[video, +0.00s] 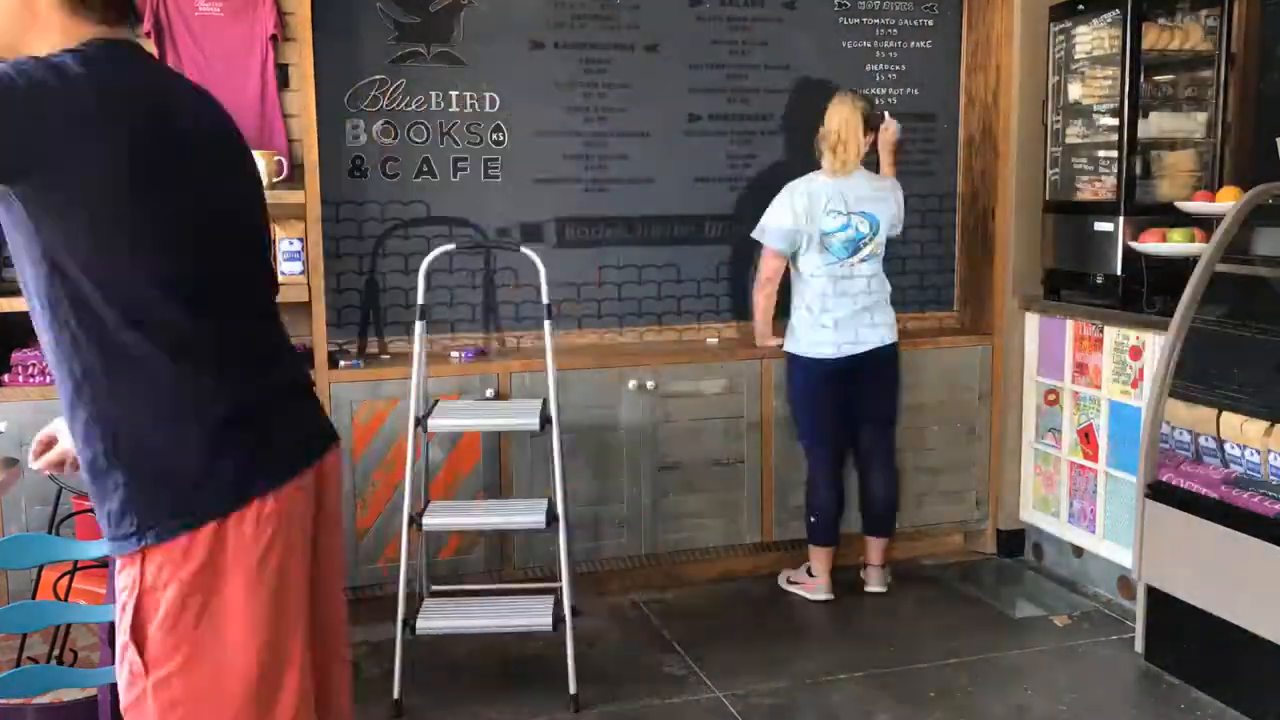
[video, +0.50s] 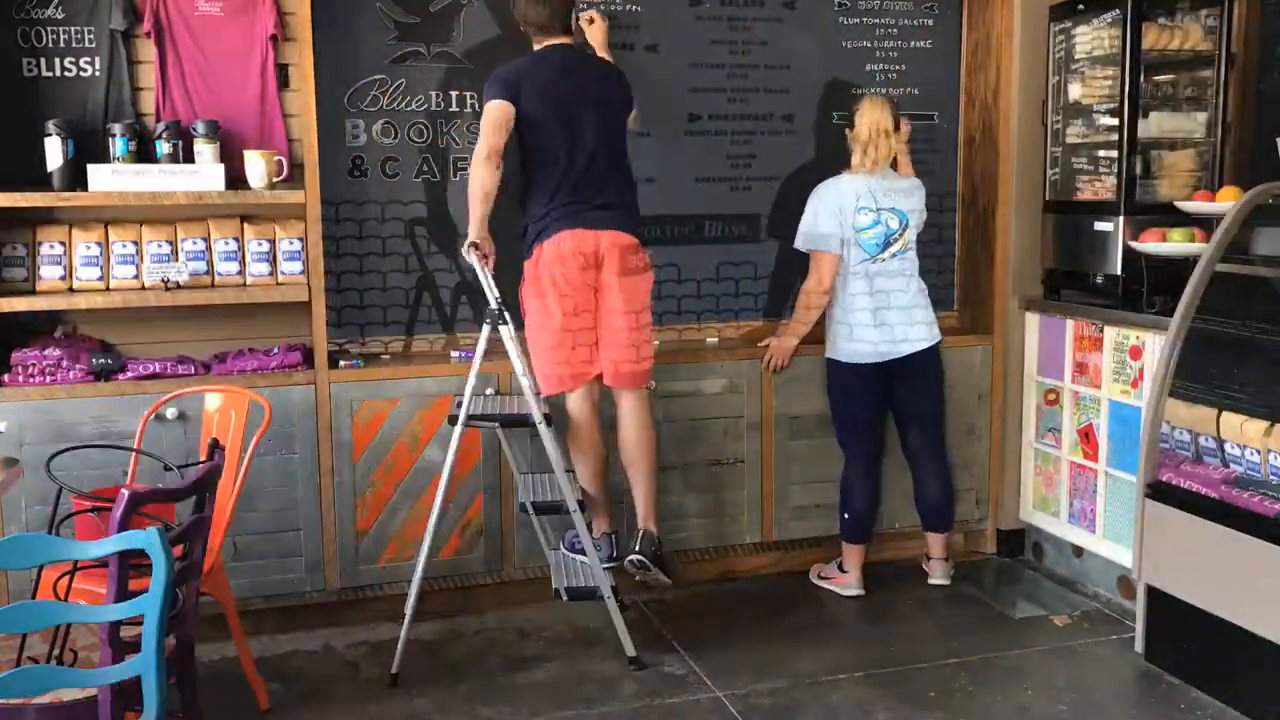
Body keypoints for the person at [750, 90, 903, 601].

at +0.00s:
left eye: (821, 127)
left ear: (822, 135)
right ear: (866, 139)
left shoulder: (798, 195)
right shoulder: (884, 191)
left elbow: (768, 278)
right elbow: (892, 217)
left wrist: (763, 335)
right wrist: (887, 155)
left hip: (816, 351)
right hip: (877, 347)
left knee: (823, 461)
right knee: (878, 452)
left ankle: (819, 574)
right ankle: (876, 569)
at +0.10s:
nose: (849, 141)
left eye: (810, 132)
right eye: (849, 134)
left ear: (801, 139)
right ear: (846, 139)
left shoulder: (781, 201)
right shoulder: (874, 190)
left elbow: (779, 285)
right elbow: (863, 253)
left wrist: (804, 335)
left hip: (828, 355)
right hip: (890, 347)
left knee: (845, 462)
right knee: (903, 452)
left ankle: (849, 571)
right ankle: (916, 563)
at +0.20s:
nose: (856, 140)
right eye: (854, 134)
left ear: (801, 142)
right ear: (847, 140)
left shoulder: (785, 204)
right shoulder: (874, 191)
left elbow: (775, 286)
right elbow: (866, 254)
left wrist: (782, 344)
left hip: (823, 354)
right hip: (885, 349)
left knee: (840, 460)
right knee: (905, 449)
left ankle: (849, 570)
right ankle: (930, 553)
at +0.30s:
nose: (878, 136)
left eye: (811, 132)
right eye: (872, 128)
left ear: (821, 139)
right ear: (862, 139)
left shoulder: (806, 200)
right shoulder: (889, 191)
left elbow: (810, 288)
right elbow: (881, 199)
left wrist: (788, 337)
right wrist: (871, 152)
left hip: (847, 357)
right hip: (909, 347)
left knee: (854, 462)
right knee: (921, 450)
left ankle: (850, 571)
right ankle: (939, 561)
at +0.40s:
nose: (826, 131)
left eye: (832, 123)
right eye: (869, 127)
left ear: (830, 135)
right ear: (874, 138)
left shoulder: (813, 197)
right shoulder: (895, 191)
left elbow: (815, 287)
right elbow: (895, 199)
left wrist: (789, 337)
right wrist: (887, 150)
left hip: (845, 355)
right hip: (906, 346)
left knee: (853, 461)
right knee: (920, 449)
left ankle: (850, 570)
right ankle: (939, 560)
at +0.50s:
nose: (845, 133)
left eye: (847, 127)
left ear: (850, 134)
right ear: (893, 139)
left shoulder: (831, 195)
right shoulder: (912, 192)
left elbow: (819, 285)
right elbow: (907, 193)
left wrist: (789, 338)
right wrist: (900, 148)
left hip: (856, 353)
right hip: (917, 346)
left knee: (861, 458)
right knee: (927, 448)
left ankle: (850, 570)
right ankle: (939, 560)